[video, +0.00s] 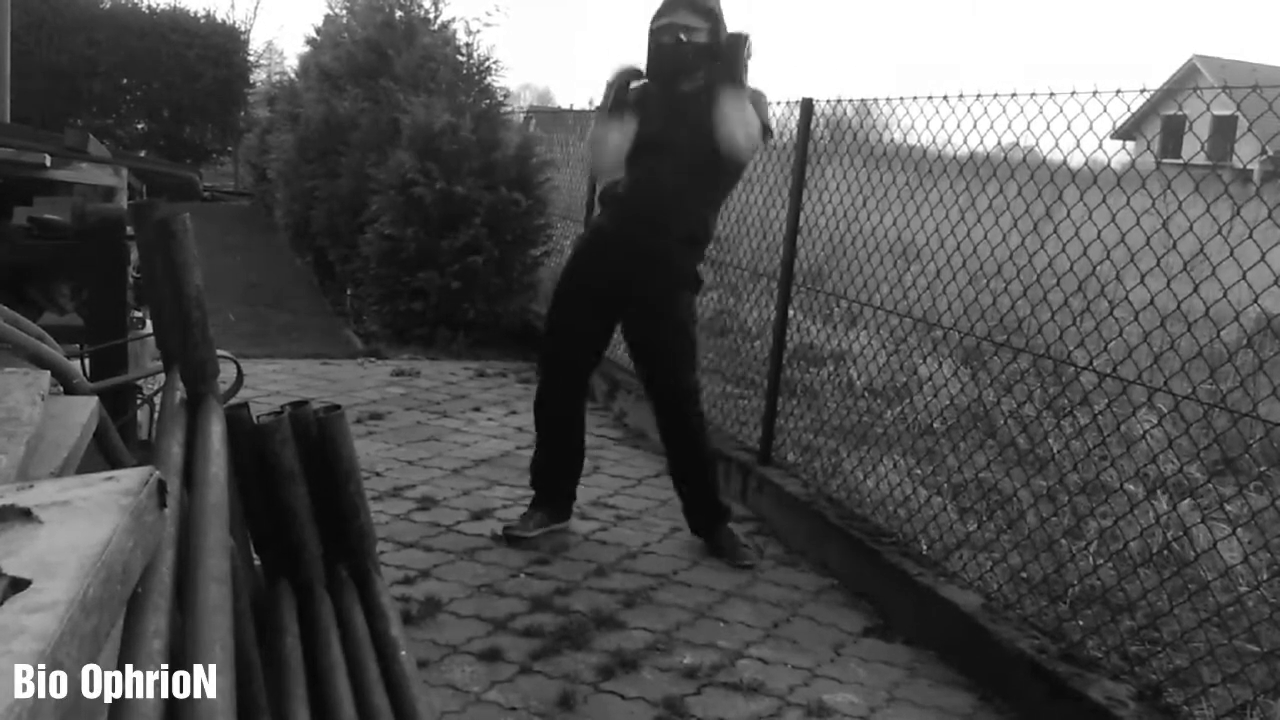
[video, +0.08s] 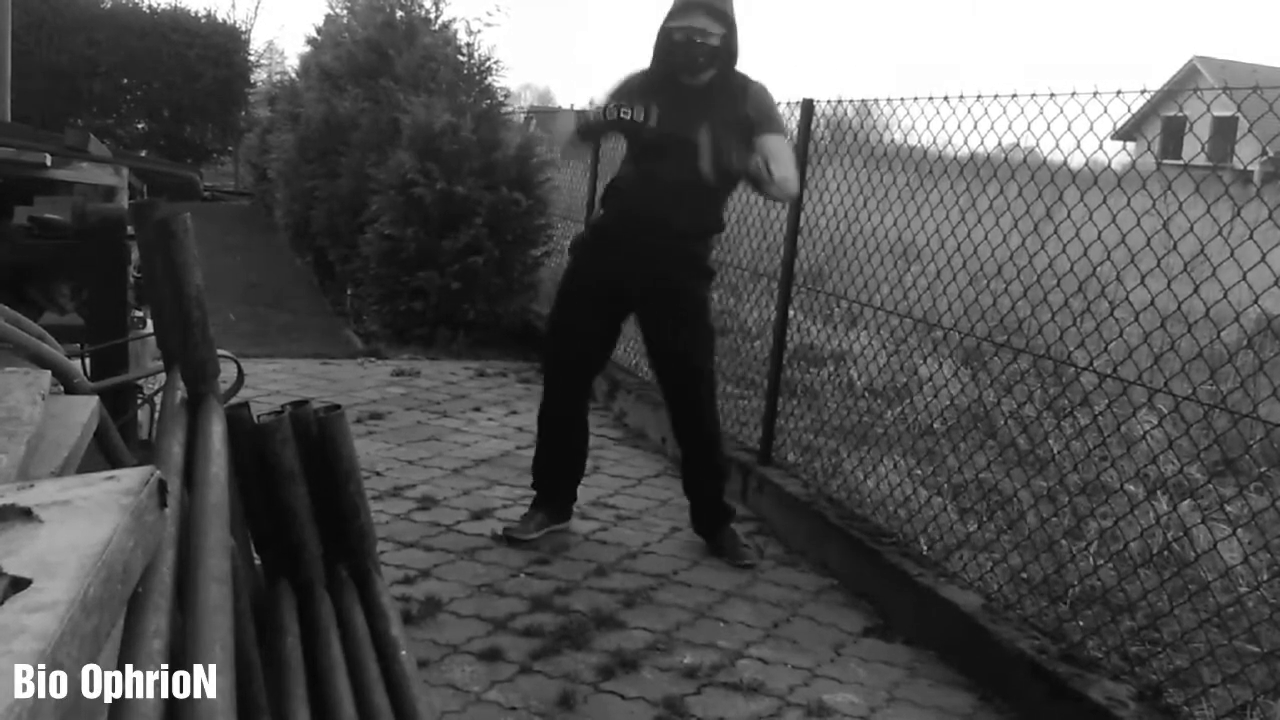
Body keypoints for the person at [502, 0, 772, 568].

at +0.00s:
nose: (677, 44)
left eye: (691, 34)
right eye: (666, 33)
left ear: (715, 44)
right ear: (652, 41)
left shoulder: (732, 104)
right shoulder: (638, 99)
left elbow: (739, 144)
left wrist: (730, 76)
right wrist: (618, 101)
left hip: (664, 267)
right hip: (600, 256)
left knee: (679, 399)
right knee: (560, 377)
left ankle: (712, 523)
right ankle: (551, 504)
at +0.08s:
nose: (690, 51)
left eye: (704, 40)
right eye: (680, 38)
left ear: (726, 46)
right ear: (663, 39)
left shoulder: (748, 99)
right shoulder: (639, 88)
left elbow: (786, 185)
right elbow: (571, 140)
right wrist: (583, 126)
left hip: (678, 265)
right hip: (606, 253)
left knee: (694, 400)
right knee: (564, 375)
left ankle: (715, 523)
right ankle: (552, 505)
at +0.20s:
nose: (710, 50)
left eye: (725, 41)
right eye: (702, 35)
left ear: (743, 42)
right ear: (682, 27)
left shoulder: (753, 85)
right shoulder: (641, 55)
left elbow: (789, 165)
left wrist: (762, 205)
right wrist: (595, 99)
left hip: (698, 255)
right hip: (623, 244)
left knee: (707, 396)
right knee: (577, 380)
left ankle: (718, 522)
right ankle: (549, 502)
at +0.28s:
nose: (738, 48)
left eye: (750, 40)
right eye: (730, 35)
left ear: (758, 43)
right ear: (704, 27)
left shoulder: (748, 88)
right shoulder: (663, 51)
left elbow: (756, 156)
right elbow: (603, 24)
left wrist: (756, 199)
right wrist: (582, 38)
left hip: (715, 257)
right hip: (643, 248)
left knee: (721, 394)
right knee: (591, 378)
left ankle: (721, 520)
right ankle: (541, 498)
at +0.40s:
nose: (759, 49)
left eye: (767, 41)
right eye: (749, 37)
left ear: (771, 48)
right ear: (719, 36)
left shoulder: (745, 105)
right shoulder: (680, 76)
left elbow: (725, 177)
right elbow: (622, 49)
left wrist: (751, 212)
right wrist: (581, 12)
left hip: (728, 273)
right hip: (661, 262)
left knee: (738, 399)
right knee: (604, 386)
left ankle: (723, 521)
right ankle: (543, 501)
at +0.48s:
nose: (763, 48)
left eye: (773, 39)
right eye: (752, 36)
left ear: (781, 45)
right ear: (727, 36)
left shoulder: (763, 99)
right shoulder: (693, 72)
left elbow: (761, 169)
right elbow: (644, 69)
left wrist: (769, 206)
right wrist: (611, 53)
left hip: (738, 270)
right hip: (673, 258)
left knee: (743, 400)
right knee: (610, 384)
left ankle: (722, 521)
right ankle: (543, 502)